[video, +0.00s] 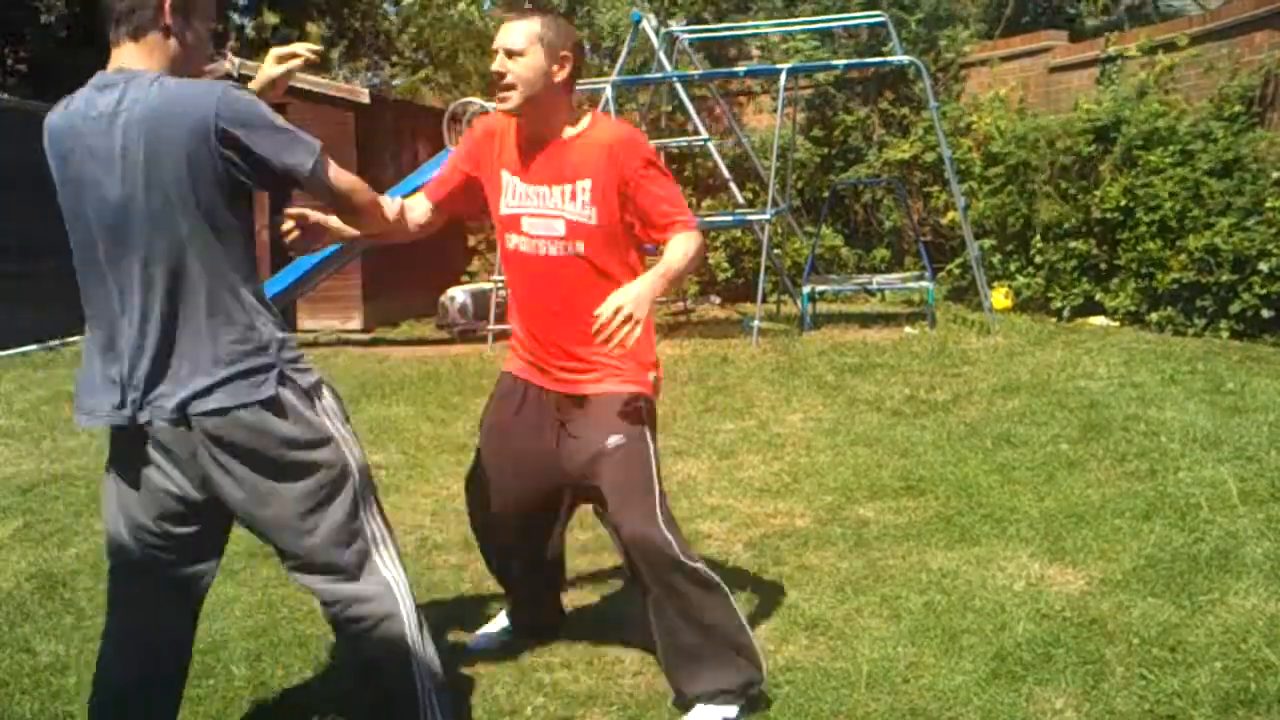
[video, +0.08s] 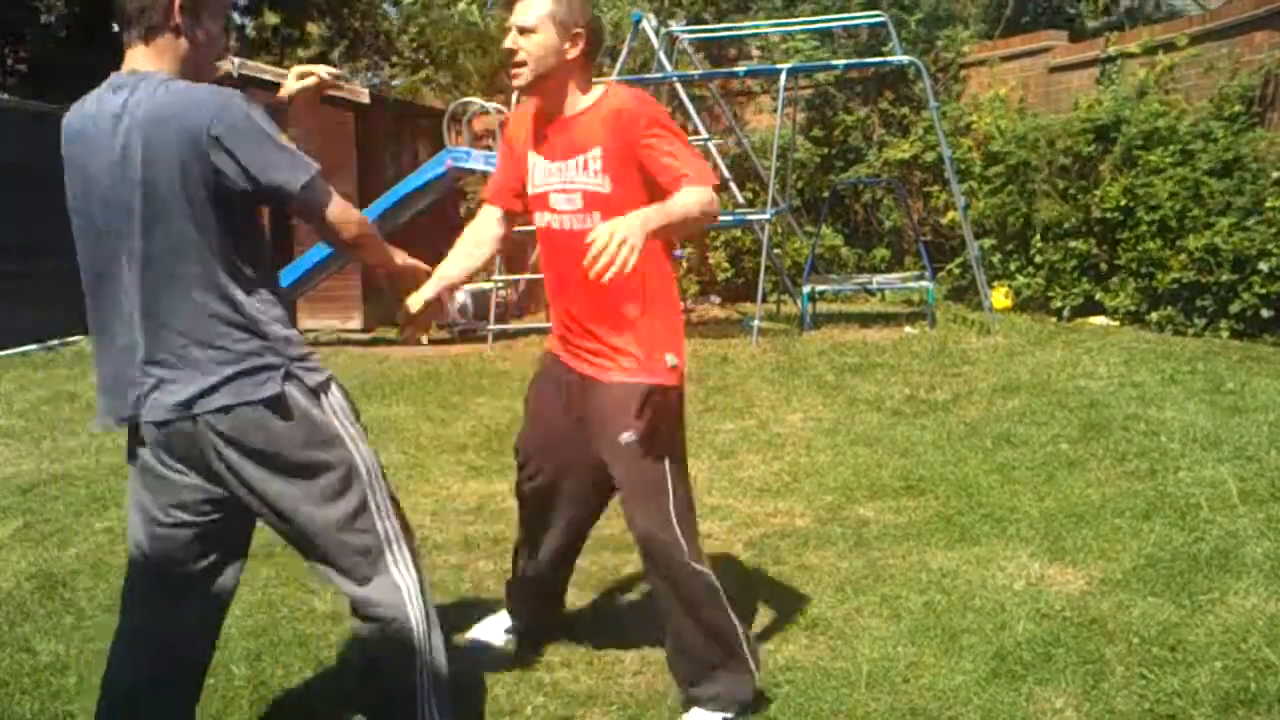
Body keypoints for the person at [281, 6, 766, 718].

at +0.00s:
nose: (497, 65)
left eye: (513, 54)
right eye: (495, 53)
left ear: (561, 66)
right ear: (493, 62)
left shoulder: (615, 144)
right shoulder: (487, 138)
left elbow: (686, 236)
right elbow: (419, 212)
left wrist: (649, 286)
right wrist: (346, 227)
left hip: (610, 371)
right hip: (528, 367)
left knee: (640, 530)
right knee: (497, 500)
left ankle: (720, 685)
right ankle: (531, 610)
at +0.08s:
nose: (509, 44)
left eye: (525, 31)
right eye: (509, 31)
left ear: (574, 42)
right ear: (537, 43)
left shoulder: (629, 110)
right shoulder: (523, 121)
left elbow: (704, 196)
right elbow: (491, 220)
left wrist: (641, 221)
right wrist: (436, 285)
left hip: (638, 358)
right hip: (567, 351)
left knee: (660, 531)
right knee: (542, 490)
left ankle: (723, 689)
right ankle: (527, 617)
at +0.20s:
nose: (550, 16)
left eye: (564, 3)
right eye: (547, 7)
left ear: (609, 6)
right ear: (599, 18)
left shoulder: (637, 46)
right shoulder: (614, 79)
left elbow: (651, 79)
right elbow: (662, 188)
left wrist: (525, 44)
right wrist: (599, 215)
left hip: (687, 314)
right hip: (654, 314)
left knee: (659, 502)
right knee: (605, 449)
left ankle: (732, 690)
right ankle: (651, 611)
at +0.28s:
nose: (584, 26)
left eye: (589, 11)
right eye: (580, 15)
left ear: (632, 8)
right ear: (656, 14)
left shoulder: (653, 47)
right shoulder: (698, 85)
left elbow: (575, 54)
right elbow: (678, 208)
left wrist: (457, 11)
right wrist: (600, 175)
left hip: (701, 317)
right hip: (737, 314)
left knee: (659, 511)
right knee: (701, 505)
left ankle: (733, 701)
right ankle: (742, 694)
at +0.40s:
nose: (651, 81)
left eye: (656, 66)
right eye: (649, 67)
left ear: (698, 59)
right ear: (725, 58)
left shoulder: (704, 110)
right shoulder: (781, 117)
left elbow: (576, 130)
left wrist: (485, 72)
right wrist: (633, 122)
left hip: (759, 381)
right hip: (825, 374)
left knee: (687, 574)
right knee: (798, 536)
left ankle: (735, 710)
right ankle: (933, 585)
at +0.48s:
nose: (686, 97)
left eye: (689, 82)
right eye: (683, 85)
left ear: (731, 73)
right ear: (755, 69)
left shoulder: (745, 127)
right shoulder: (814, 126)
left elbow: (630, 181)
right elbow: (739, 193)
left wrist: (560, 147)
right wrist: (681, 145)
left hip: (788, 399)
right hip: (863, 392)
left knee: (689, 566)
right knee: (859, 542)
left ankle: (724, 705)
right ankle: (1039, 590)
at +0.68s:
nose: (827, 83)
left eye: (831, 64)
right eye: (823, 67)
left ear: (880, 54)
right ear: (903, 56)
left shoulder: (902, 116)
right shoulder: (978, 107)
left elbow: (898, 250)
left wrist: (831, 188)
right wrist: (857, 152)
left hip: (951, 395)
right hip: (1040, 384)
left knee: (825, 548)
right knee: (1124, 552)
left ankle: (763, 700)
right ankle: (1254, 691)